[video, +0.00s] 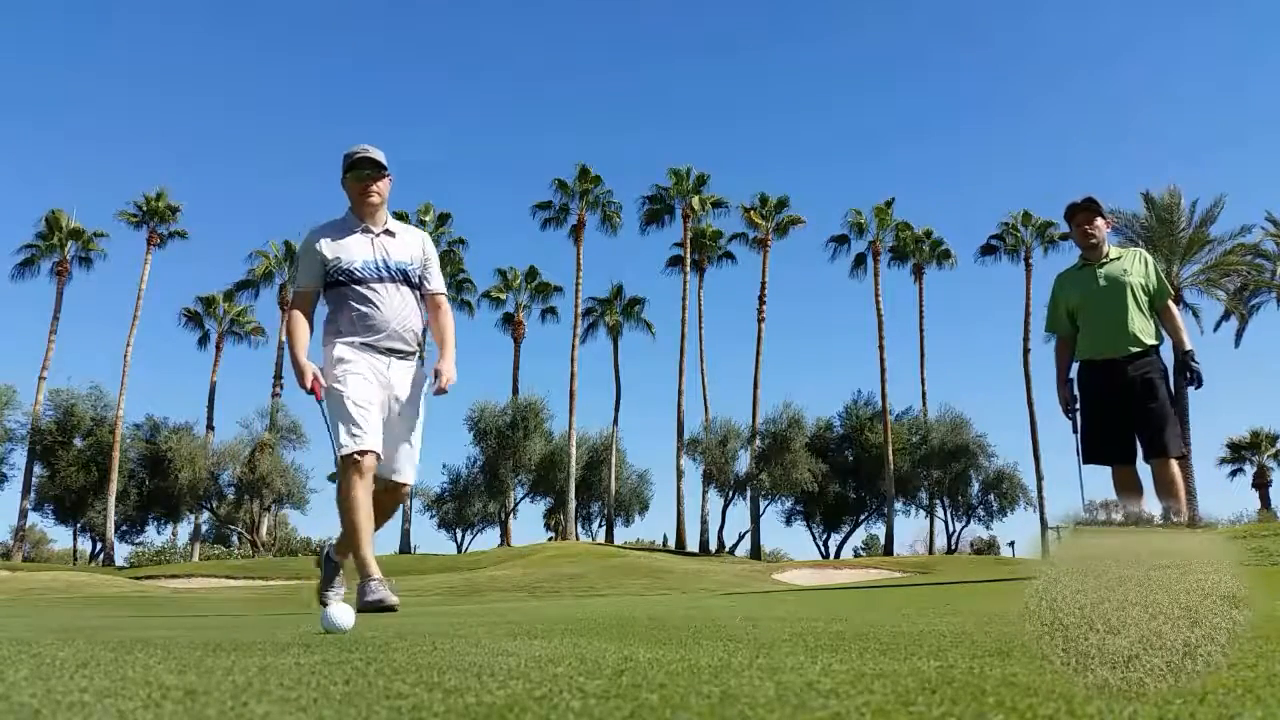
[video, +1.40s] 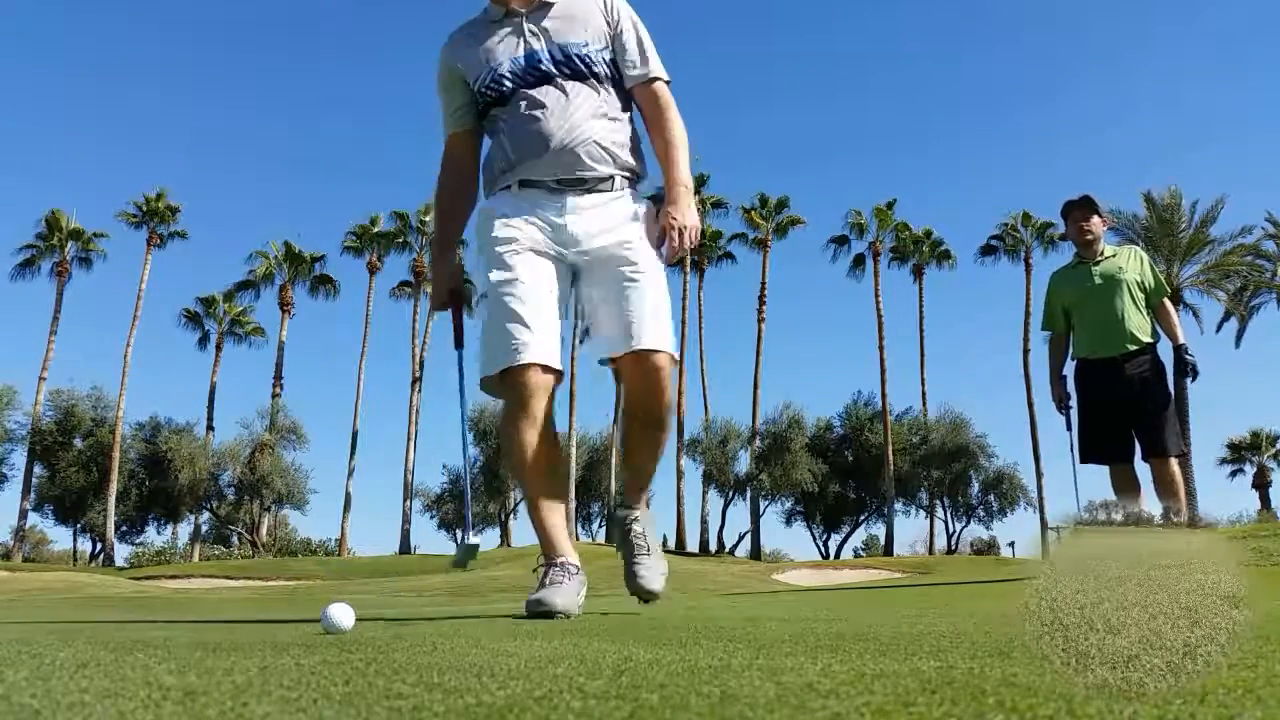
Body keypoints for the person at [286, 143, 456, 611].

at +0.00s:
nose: (371, 183)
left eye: (378, 175)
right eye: (360, 176)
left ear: (389, 182)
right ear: (346, 185)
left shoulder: (418, 241)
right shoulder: (322, 240)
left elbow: (438, 305)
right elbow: (300, 306)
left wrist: (447, 356)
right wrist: (300, 360)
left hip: (409, 365)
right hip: (352, 358)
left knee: (396, 485)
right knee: (360, 460)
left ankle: (336, 554)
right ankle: (370, 578)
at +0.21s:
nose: (393, 146)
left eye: (401, 138)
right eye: (382, 139)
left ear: (413, 146)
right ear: (366, 149)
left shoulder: (441, 211)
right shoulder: (342, 209)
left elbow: (462, 282)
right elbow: (320, 278)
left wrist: (481, 338)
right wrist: (315, 344)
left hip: (437, 340)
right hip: (373, 338)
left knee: (458, 443)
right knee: (369, 456)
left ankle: (414, 548)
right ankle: (371, 576)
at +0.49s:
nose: (440, 124)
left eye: (448, 115)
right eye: (428, 117)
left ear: (461, 124)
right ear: (412, 126)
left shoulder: (492, 196)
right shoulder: (380, 190)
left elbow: (510, 272)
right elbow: (350, 266)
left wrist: (528, 339)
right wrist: (353, 327)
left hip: (480, 333)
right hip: (408, 332)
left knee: (500, 442)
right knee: (387, 459)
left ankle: (509, 569)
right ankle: (374, 574)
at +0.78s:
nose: (490, 67)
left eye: (498, 57)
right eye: (478, 59)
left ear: (513, 64)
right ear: (461, 68)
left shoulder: (550, 143)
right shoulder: (428, 138)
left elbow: (578, 224)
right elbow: (399, 220)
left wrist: (600, 287)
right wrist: (377, 277)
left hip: (533, 286)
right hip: (459, 282)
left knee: (537, 423)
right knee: (469, 406)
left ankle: (516, 571)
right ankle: (450, 530)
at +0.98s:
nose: (503, 38)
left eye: (512, 27)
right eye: (490, 30)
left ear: (532, 32)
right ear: (476, 41)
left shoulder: (575, 113)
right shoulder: (450, 115)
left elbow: (611, 180)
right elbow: (424, 202)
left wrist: (633, 220)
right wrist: (392, 250)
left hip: (565, 276)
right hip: (486, 269)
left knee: (547, 425)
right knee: (502, 395)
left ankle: (513, 570)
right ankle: (535, 550)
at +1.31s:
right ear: (477, 1)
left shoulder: (597, 33)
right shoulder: (460, 66)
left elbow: (645, 124)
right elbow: (451, 174)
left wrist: (663, 207)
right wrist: (439, 267)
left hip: (606, 226)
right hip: (513, 228)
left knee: (632, 400)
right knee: (525, 378)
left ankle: (582, 507)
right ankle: (558, 562)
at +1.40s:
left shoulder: (606, 11)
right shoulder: (463, 47)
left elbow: (658, 104)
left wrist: (680, 194)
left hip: (613, 204)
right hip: (517, 211)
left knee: (652, 367)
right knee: (528, 380)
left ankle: (633, 510)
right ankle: (559, 562)